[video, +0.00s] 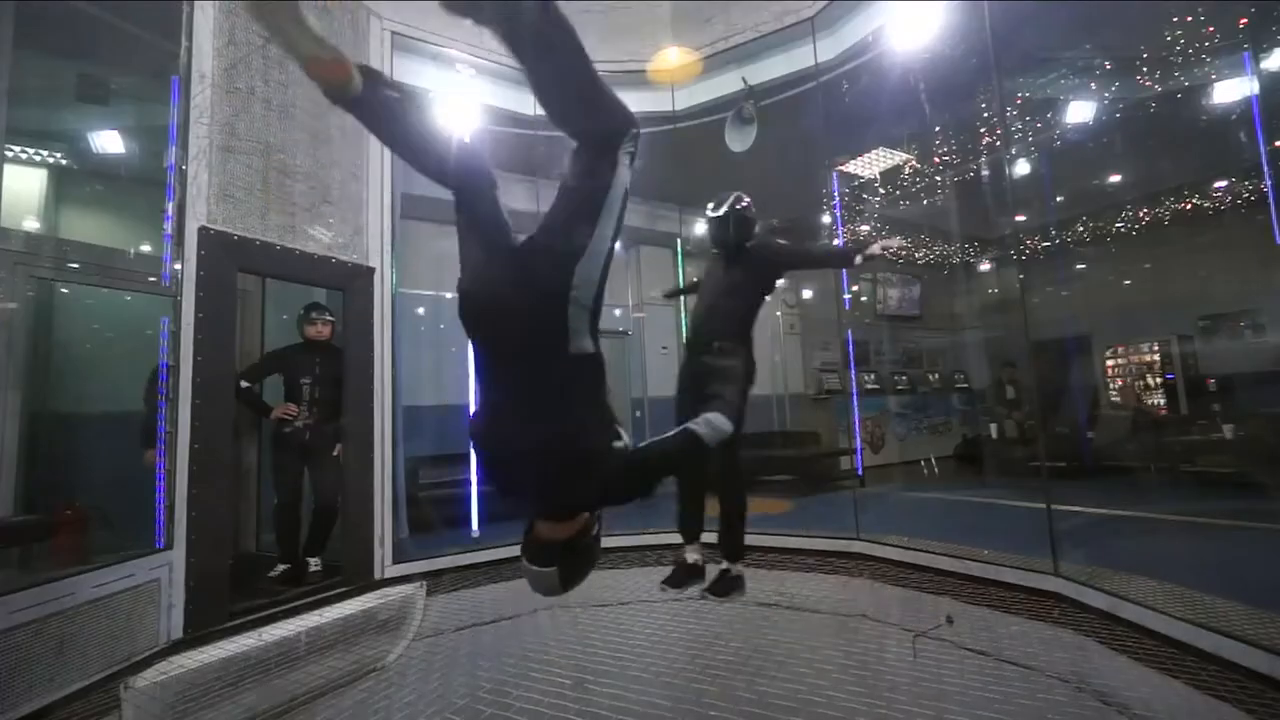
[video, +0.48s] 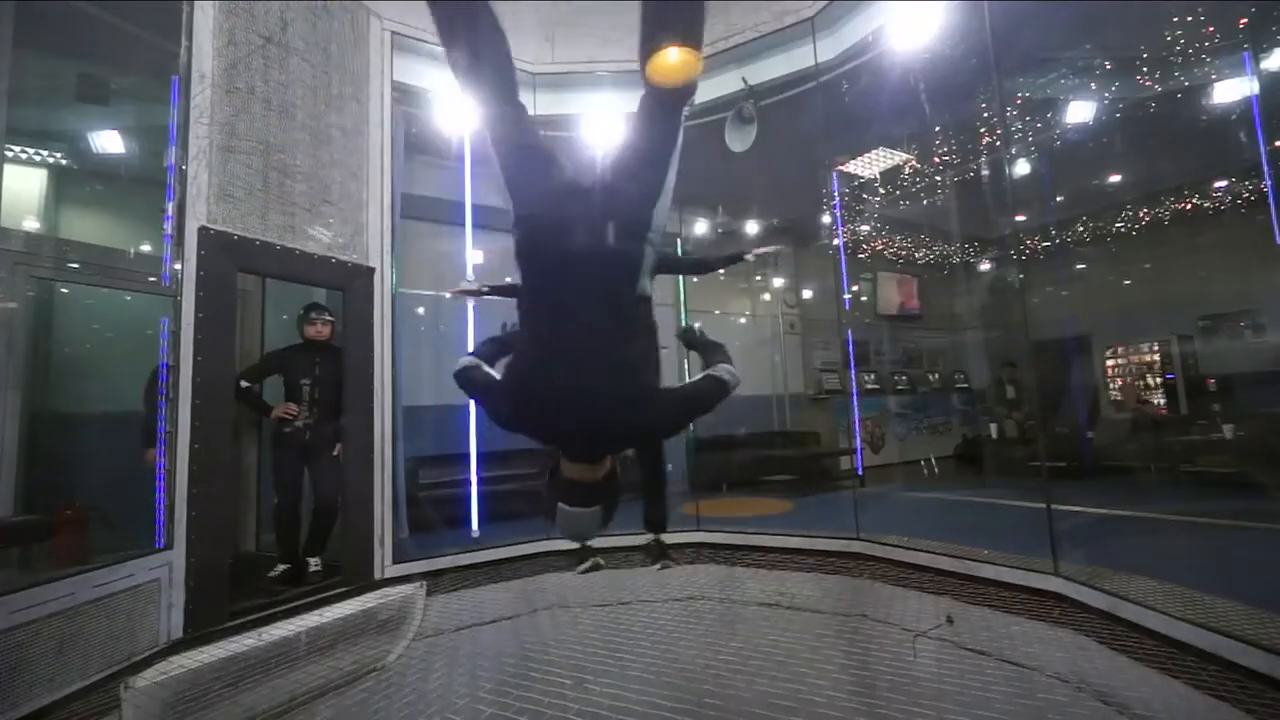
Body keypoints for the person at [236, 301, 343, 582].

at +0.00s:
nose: (320, 328)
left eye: (325, 323)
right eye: (314, 323)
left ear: (333, 327)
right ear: (302, 326)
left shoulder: (341, 359)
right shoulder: (287, 356)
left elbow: (353, 400)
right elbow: (242, 384)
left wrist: (344, 438)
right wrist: (269, 411)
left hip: (325, 439)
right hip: (289, 439)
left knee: (329, 501)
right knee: (287, 499)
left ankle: (313, 555)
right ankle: (287, 560)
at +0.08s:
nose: (320, 327)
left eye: (325, 323)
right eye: (314, 322)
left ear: (333, 327)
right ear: (302, 326)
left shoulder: (342, 358)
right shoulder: (286, 356)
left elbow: (353, 400)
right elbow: (242, 384)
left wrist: (345, 438)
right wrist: (269, 411)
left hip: (325, 439)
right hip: (289, 438)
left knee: (329, 500)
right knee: (287, 499)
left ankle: (313, 556)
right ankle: (287, 560)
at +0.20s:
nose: (320, 328)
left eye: (325, 323)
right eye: (314, 322)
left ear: (333, 327)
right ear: (302, 326)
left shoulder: (341, 358)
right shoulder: (286, 356)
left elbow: (353, 400)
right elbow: (242, 384)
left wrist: (345, 438)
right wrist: (269, 410)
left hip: (325, 439)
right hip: (289, 438)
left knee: (329, 500)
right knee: (287, 500)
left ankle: (313, 555)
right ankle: (286, 561)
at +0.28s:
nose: (320, 328)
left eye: (325, 323)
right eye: (313, 323)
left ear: (333, 327)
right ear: (302, 327)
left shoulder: (341, 359)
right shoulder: (287, 356)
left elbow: (352, 400)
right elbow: (243, 384)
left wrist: (344, 438)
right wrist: (269, 410)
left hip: (325, 439)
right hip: (289, 438)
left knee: (329, 500)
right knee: (287, 499)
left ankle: (313, 555)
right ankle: (287, 560)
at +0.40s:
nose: (320, 328)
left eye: (325, 323)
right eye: (313, 323)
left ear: (333, 327)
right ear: (302, 327)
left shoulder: (341, 359)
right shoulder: (286, 356)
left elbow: (352, 400)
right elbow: (242, 384)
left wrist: (344, 438)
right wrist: (269, 410)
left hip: (325, 439)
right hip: (289, 439)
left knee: (329, 501)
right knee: (287, 500)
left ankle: (313, 555)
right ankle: (286, 561)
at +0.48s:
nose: (319, 328)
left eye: (325, 323)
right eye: (313, 322)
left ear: (333, 327)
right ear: (302, 327)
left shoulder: (341, 359)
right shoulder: (286, 356)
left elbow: (352, 400)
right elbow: (242, 384)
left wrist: (344, 438)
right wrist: (269, 410)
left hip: (325, 439)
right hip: (289, 439)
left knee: (329, 501)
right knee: (287, 500)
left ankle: (313, 555)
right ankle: (286, 561)